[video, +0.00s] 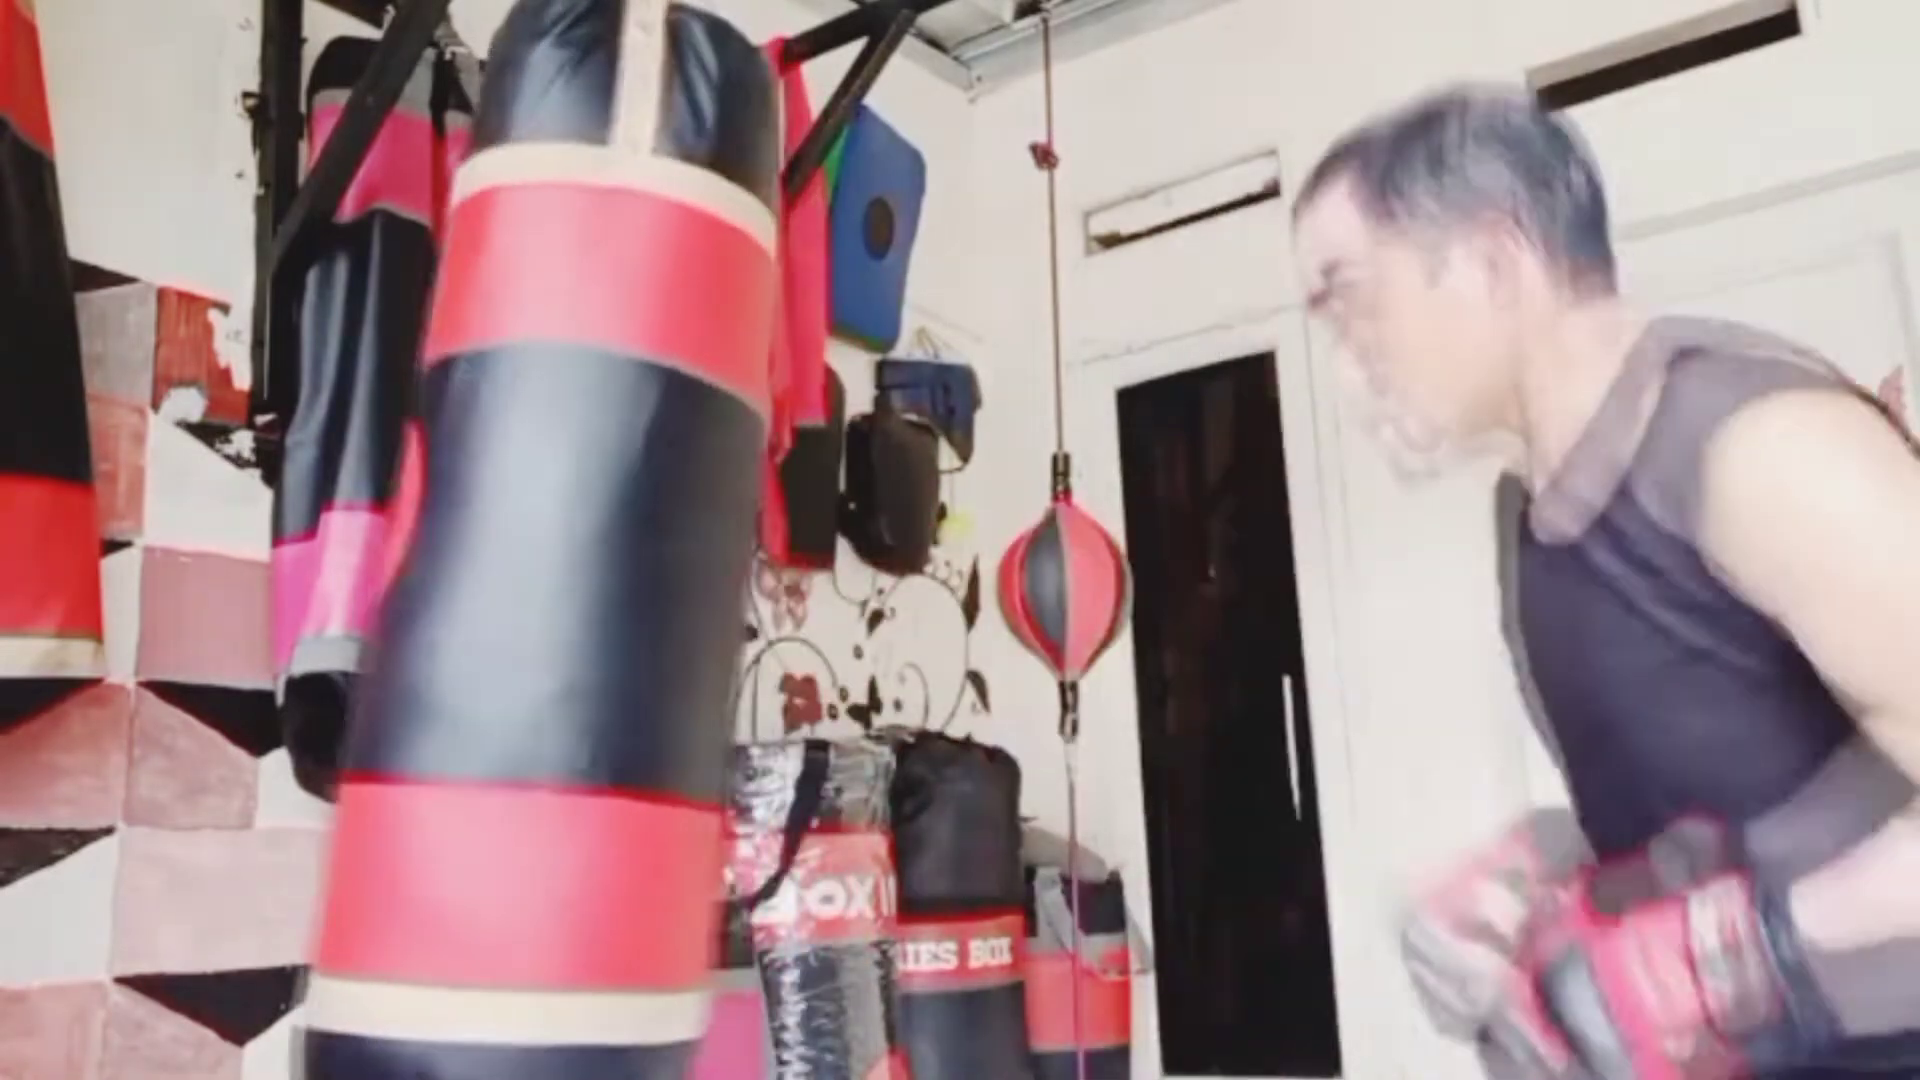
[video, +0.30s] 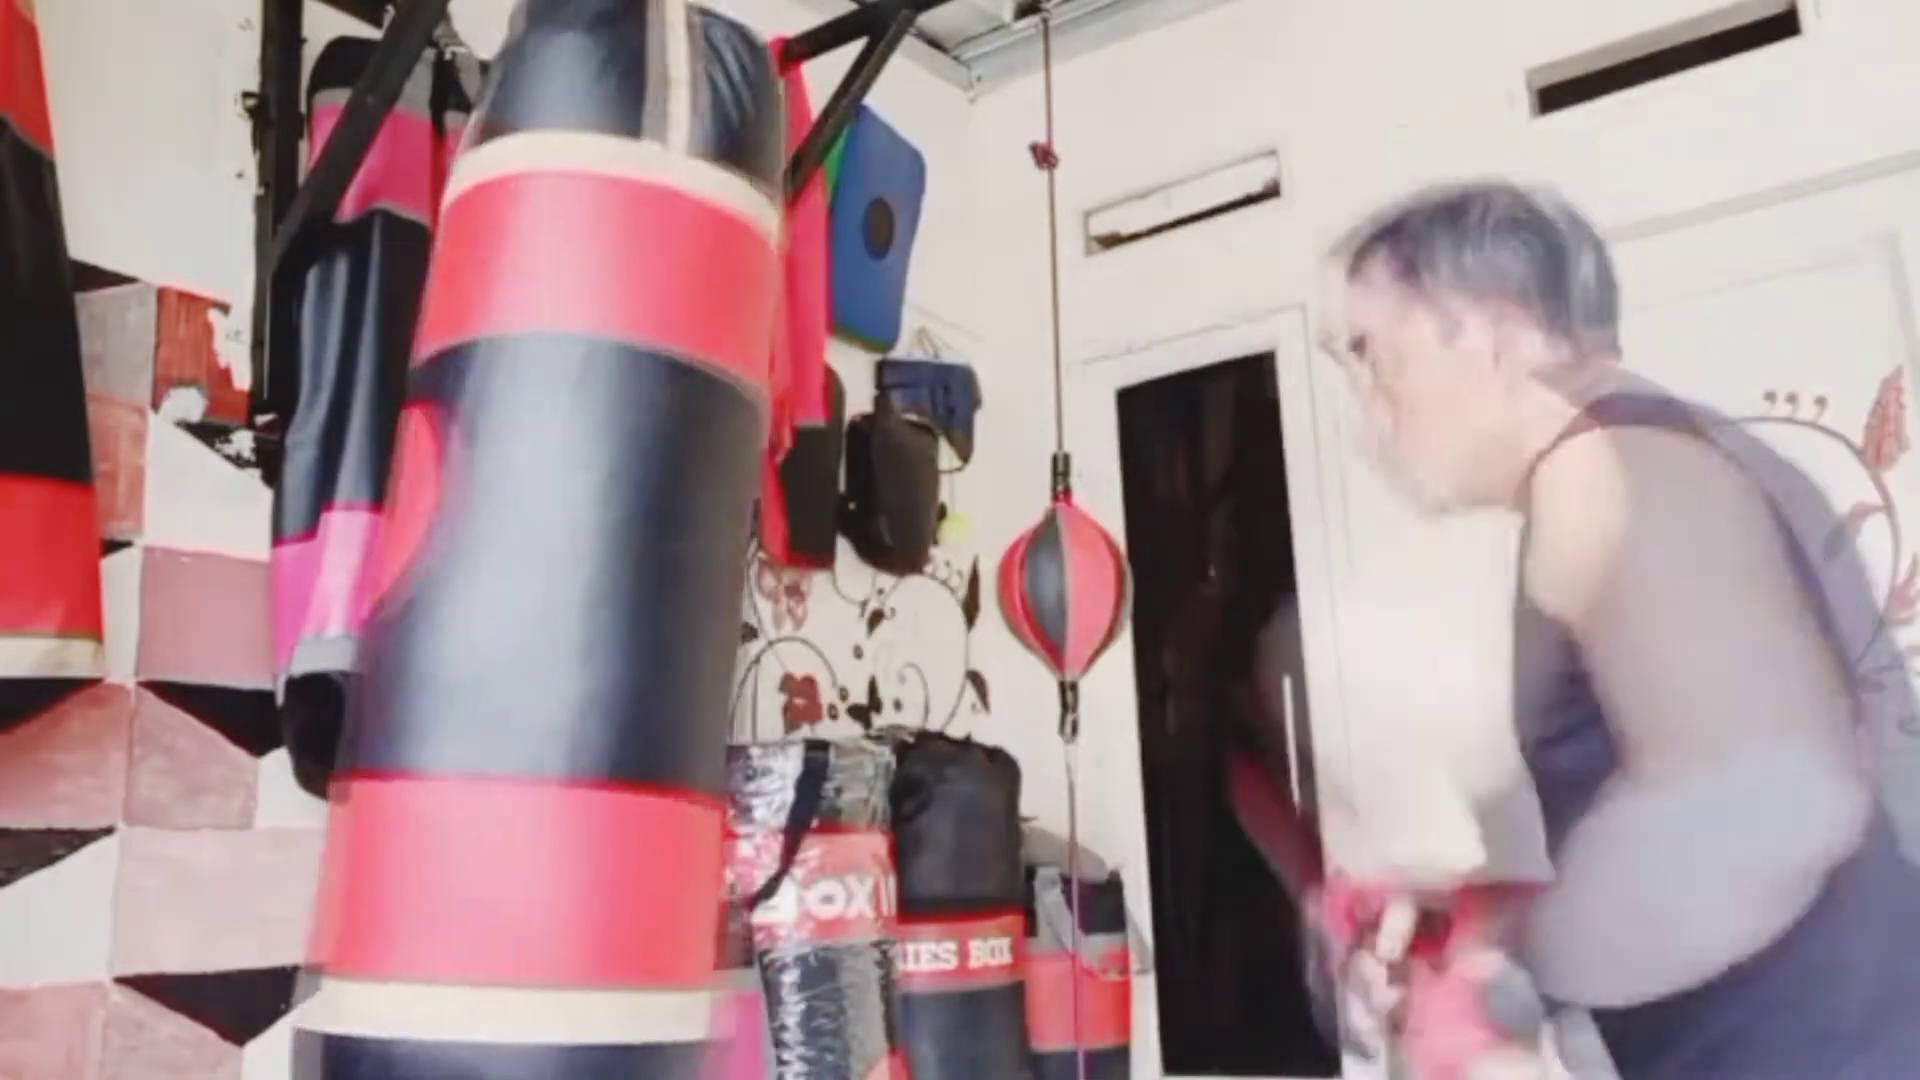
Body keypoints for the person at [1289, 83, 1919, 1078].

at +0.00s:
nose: (1342, 351)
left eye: (1348, 296)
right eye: (1329, 312)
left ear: (1497, 251)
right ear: (1499, 257)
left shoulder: (1769, 444)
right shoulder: (1539, 497)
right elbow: (1703, 779)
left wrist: (1741, 955)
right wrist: (1535, 877)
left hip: (1883, 1046)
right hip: (1758, 1051)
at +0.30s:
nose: (1368, 407)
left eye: (1376, 354)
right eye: (1360, 363)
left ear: (1503, 336)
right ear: (1508, 339)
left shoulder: (1614, 468)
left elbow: (1766, 794)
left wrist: (1514, 972)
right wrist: (1481, 925)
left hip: (1791, 1052)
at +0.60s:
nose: (1205, 414)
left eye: (1203, 379)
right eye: (1196, 384)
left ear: (1260, 346)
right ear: (1407, 345)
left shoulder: (1212, 505)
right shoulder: (1601, 500)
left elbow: (930, 707)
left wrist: (991, 611)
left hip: (1426, 1055)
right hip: (1708, 1046)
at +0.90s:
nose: (1037, 384)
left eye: (1026, 339)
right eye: (1022, 345)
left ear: (1101, 321)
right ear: (1237, 293)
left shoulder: (1219, 526)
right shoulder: (1342, 446)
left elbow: (1216, 982)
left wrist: (1020, 854)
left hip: (1410, 1059)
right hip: (1568, 1033)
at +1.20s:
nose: (1049, 386)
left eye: (1039, 339)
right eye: (1033, 344)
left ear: (1114, 327)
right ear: (1251, 304)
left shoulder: (1191, 531)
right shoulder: (1396, 479)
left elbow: (1178, 958)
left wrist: (1005, 947)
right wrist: (1086, 937)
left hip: (1364, 1060)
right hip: (1563, 1042)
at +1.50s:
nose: (1158, 481)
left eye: (1162, 436)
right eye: (1153, 443)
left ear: (1250, 414)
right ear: (1360, 401)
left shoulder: (1273, 569)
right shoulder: (1528, 584)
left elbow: (1246, 976)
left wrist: (1120, 1049)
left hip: (1418, 1058)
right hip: (1627, 1051)